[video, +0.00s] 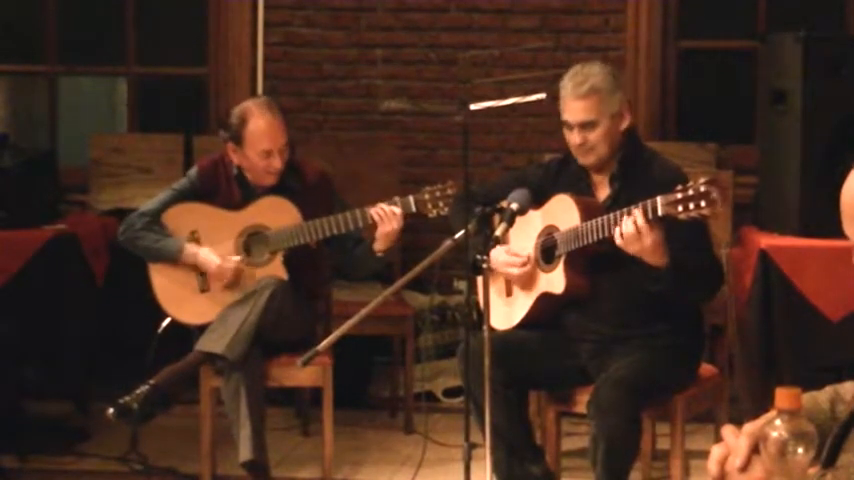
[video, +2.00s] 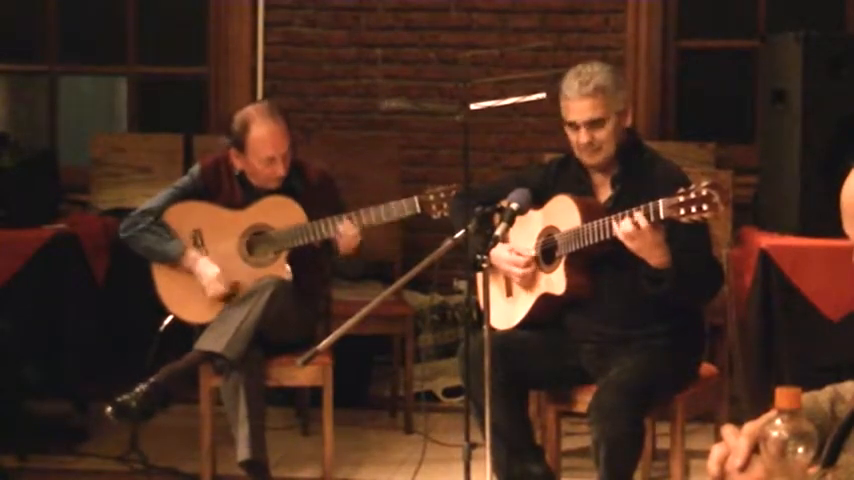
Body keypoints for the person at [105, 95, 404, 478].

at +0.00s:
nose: (277, 163)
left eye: (282, 151)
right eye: (265, 155)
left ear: (289, 142)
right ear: (234, 153)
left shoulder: (308, 182)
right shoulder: (211, 177)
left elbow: (344, 261)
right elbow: (133, 230)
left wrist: (379, 248)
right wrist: (199, 256)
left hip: (294, 315)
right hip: (228, 312)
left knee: (272, 290)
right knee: (243, 354)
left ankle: (168, 381)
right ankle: (255, 469)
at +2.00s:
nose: (280, 169)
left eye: (284, 157)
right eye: (269, 162)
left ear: (290, 145)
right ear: (238, 157)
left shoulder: (313, 183)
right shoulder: (213, 176)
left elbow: (343, 269)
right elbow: (134, 227)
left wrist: (347, 252)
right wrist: (195, 262)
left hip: (297, 315)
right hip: (228, 312)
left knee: (271, 289)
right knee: (245, 357)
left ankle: (165, 380)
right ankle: (255, 468)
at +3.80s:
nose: (260, 151)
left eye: (266, 137)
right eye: (246, 139)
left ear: (275, 131)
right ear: (208, 138)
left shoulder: (294, 190)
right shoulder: (178, 175)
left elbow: (314, 287)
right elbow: (85, 232)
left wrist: (343, 280)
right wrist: (170, 258)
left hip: (273, 342)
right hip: (190, 332)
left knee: (244, 310)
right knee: (211, 394)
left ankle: (118, 420)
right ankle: (213, 474)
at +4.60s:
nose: (196, 142)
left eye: (211, 126)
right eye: (181, 126)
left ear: (230, 125)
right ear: (158, 124)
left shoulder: (271, 188)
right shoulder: (135, 177)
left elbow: (294, 307)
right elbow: (35, 248)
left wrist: (318, 288)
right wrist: (128, 267)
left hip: (248, 363)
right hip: (153, 356)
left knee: (215, 328)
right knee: (181, 428)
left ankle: (90, 444)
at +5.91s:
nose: (142, 155)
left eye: (163, 145)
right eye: (136, 136)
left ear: (207, 147)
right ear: (129, 120)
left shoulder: (255, 192)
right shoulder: (105, 177)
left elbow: (315, 301)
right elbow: (5, 253)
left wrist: (379, 282)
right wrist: (86, 294)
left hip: (227, 385)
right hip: (113, 373)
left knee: (194, 345)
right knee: (149, 445)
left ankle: (70, 459)